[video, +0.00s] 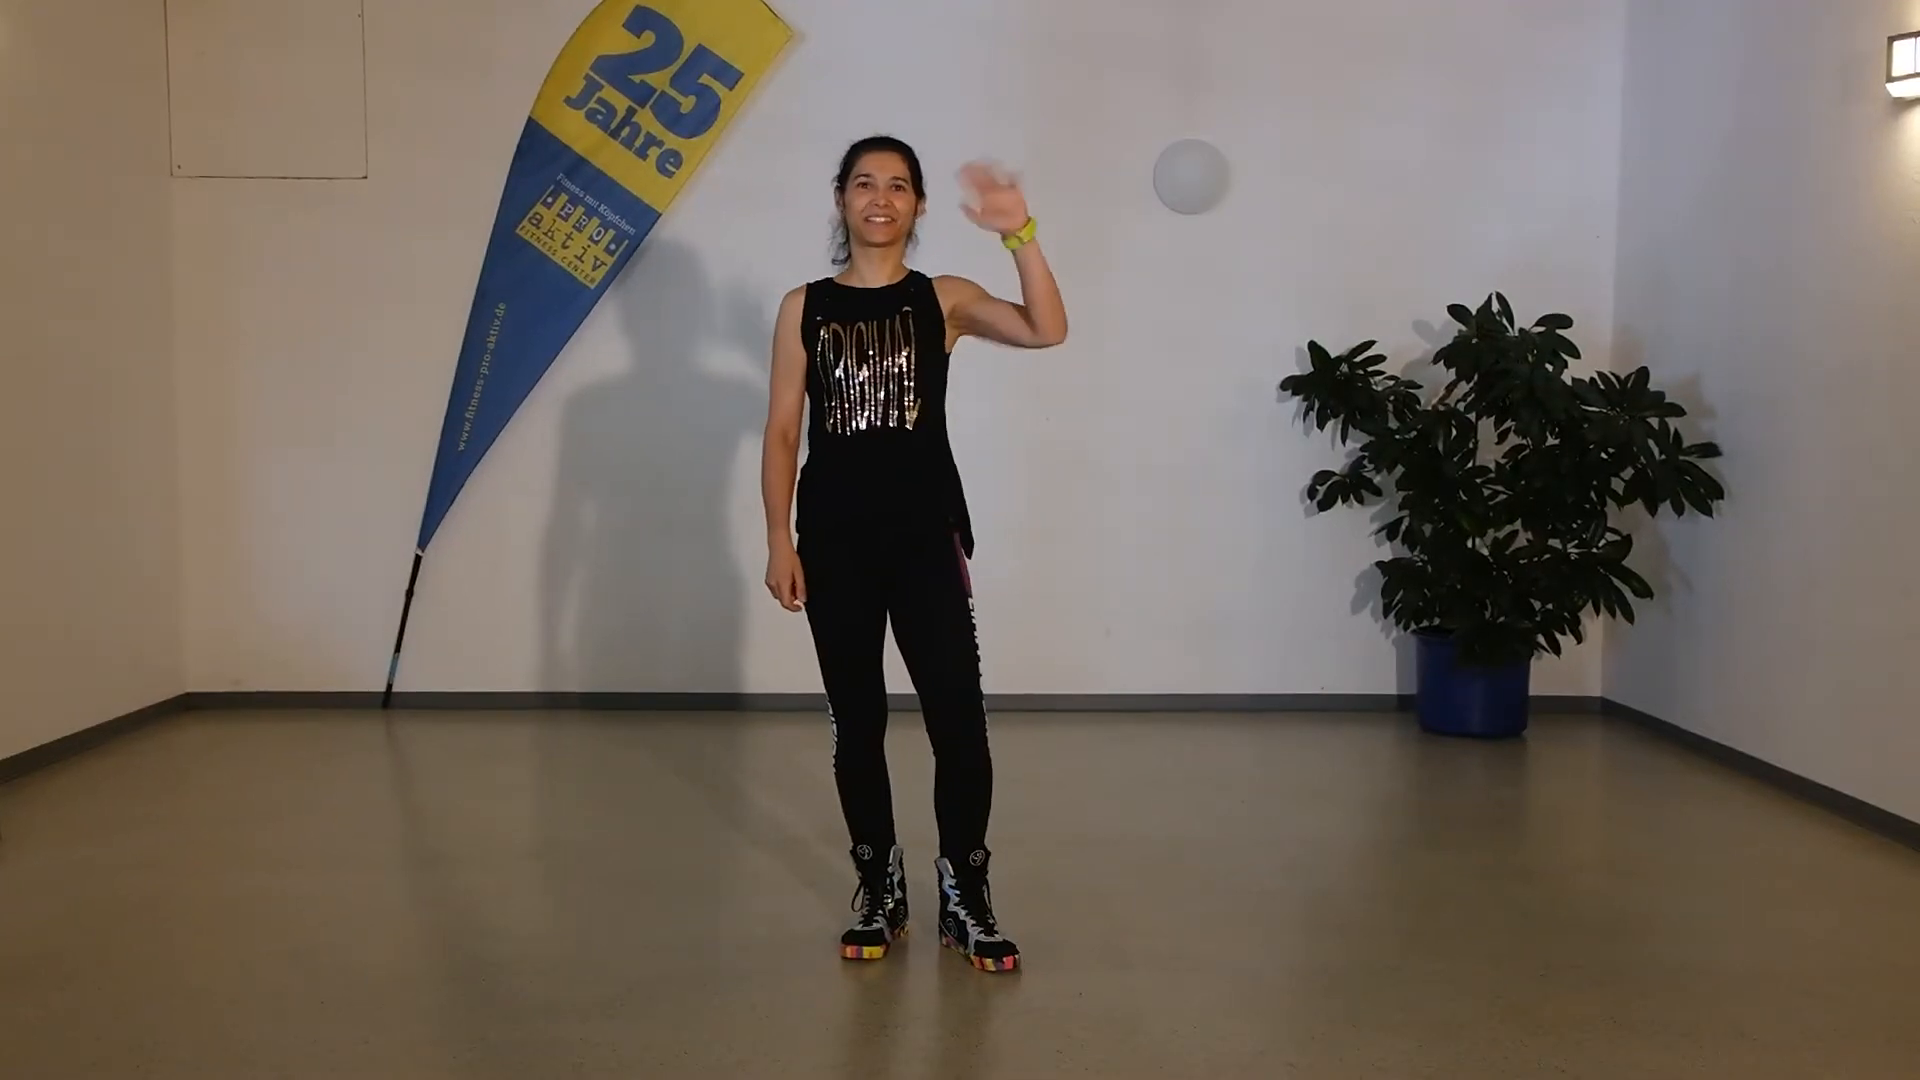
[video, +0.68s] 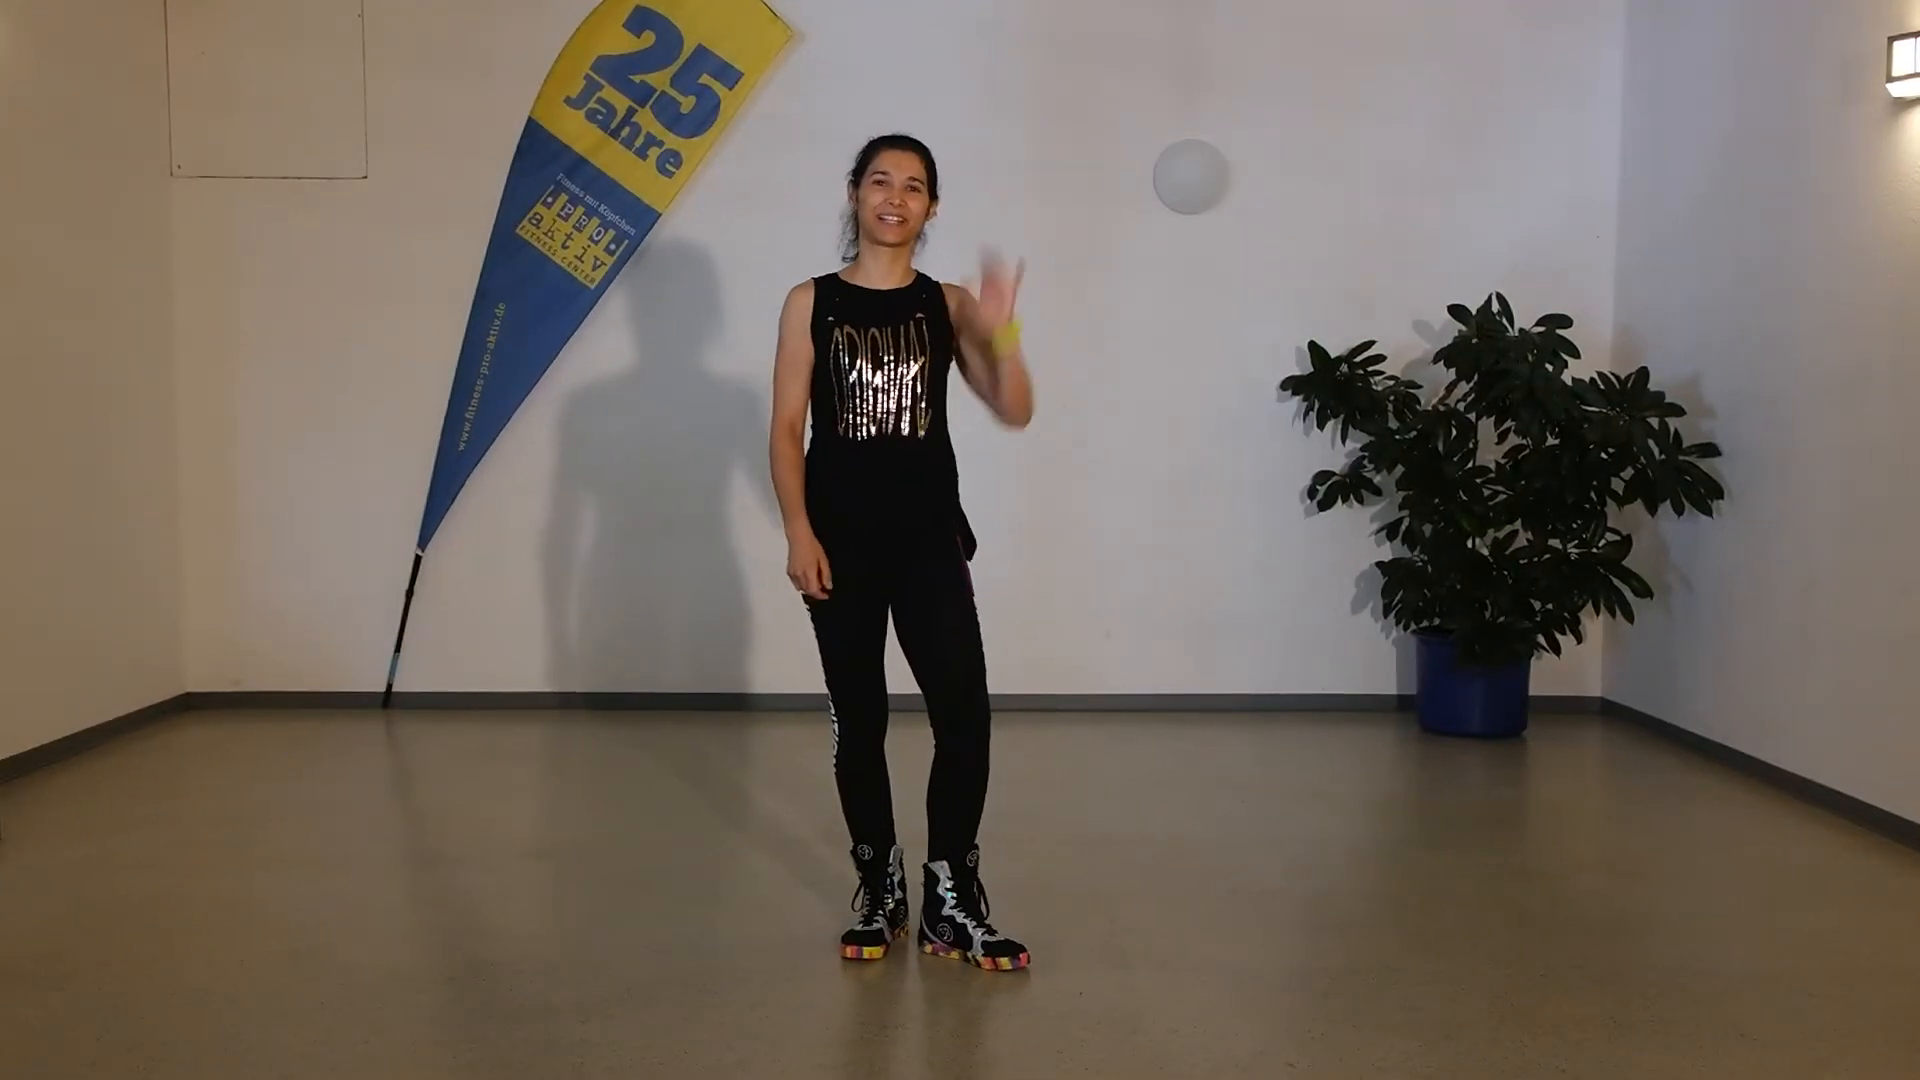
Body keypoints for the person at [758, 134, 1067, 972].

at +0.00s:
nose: (880, 198)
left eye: (895, 187)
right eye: (865, 185)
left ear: (916, 207)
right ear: (841, 202)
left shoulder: (945, 297)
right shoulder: (805, 307)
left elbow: (1046, 327)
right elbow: (783, 430)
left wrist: (1018, 234)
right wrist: (779, 539)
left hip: (928, 541)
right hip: (834, 543)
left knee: (958, 720)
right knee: (857, 723)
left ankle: (965, 899)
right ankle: (878, 891)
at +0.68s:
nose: (897, 195)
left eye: (914, 186)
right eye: (881, 181)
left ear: (930, 209)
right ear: (854, 198)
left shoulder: (950, 304)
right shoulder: (812, 303)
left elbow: (1013, 409)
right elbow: (787, 428)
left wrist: (998, 338)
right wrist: (799, 531)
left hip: (930, 542)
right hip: (839, 542)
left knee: (964, 717)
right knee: (859, 722)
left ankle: (951, 896)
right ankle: (878, 888)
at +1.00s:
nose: (898, 195)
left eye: (915, 185)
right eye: (884, 180)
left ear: (931, 207)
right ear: (856, 195)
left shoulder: (956, 305)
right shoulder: (813, 301)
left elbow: (988, 425)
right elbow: (779, 421)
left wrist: (987, 533)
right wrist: (773, 533)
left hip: (932, 535)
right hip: (838, 537)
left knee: (961, 716)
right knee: (860, 721)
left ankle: (973, 895)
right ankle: (878, 889)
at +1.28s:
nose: (902, 193)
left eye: (919, 183)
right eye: (888, 178)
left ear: (936, 204)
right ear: (860, 193)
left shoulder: (961, 300)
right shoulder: (815, 298)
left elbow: (977, 412)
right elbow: (773, 409)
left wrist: (930, 475)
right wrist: (806, 500)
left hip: (934, 528)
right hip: (844, 529)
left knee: (963, 715)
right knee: (863, 719)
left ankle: (973, 897)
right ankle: (879, 890)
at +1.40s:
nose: (902, 193)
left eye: (919, 183)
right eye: (887, 178)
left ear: (935, 205)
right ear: (859, 194)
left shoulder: (961, 299)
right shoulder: (815, 298)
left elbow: (972, 413)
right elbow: (779, 410)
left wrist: (919, 470)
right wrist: (828, 488)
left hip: (936, 524)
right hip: (848, 526)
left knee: (963, 712)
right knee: (865, 718)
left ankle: (975, 894)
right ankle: (879, 887)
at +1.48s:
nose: (901, 193)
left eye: (918, 183)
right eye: (886, 179)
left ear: (934, 204)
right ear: (858, 194)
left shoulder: (961, 297)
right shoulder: (816, 298)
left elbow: (975, 415)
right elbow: (780, 412)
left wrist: (928, 478)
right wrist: (828, 492)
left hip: (939, 525)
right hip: (852, 527)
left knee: (966, 713)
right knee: (866, 718)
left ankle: (979, 895)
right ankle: (879, 887)